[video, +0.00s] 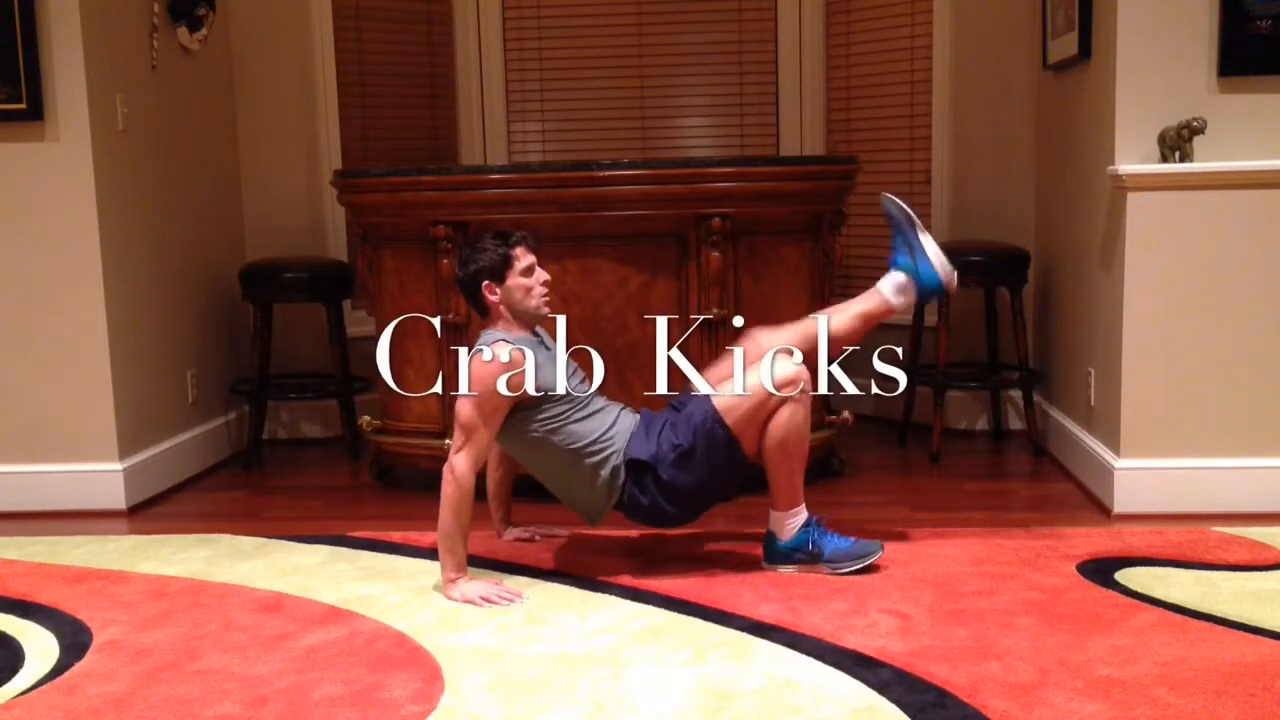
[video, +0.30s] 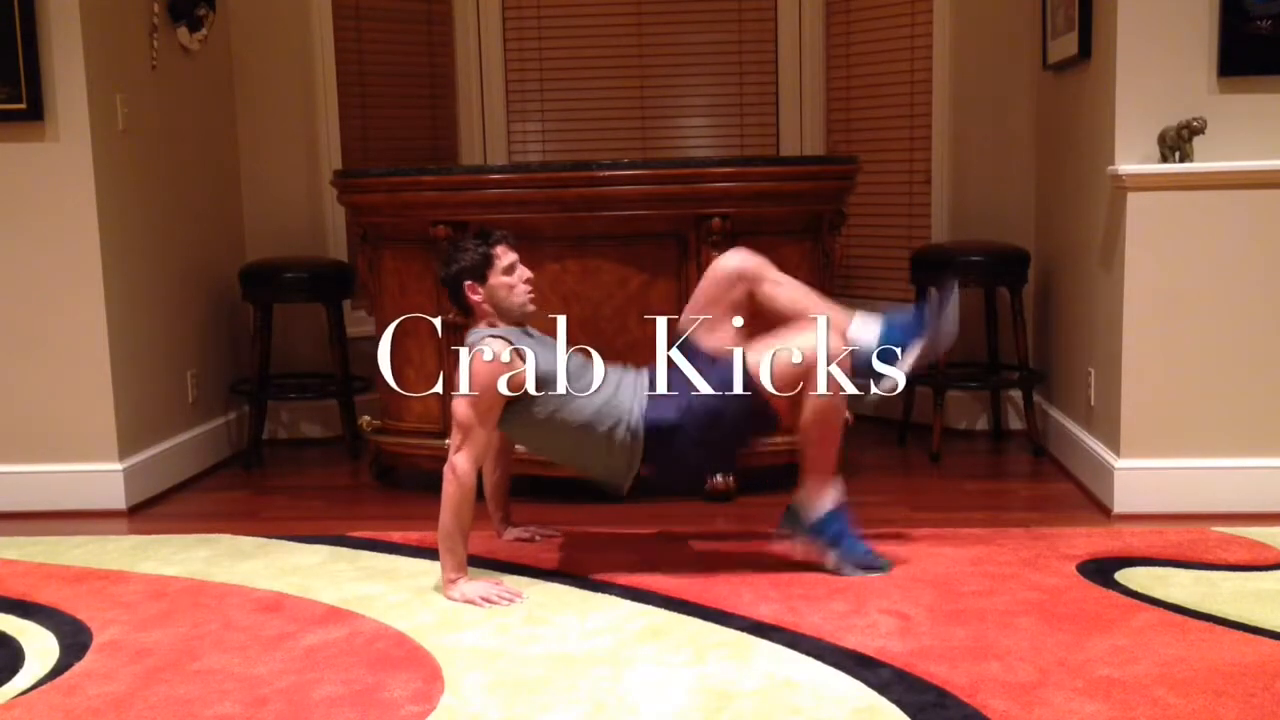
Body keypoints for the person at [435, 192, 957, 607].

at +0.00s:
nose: (545, 279)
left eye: (539, 268)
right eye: (529, 273)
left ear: (514, 288)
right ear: (494, 295)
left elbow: (504, 439)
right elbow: (458, 467)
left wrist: (500, 525)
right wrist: (452, 576)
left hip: (655, 434)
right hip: (648, 474)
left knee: (757, 343)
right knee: (786, 376)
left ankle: (898, 292)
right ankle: (790, 531)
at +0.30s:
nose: (526, 277)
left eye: (522, 268)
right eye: (511, 273)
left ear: (495, 290)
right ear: (477, 295)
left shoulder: (511, 338)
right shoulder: (486, 358)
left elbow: (494, 440)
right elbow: (459, 463)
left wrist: (498, 522)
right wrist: (452, 576)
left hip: (660, 396)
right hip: (664, 440)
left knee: (740, 268)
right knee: (826, 341)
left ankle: (880, 337)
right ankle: (816, 510)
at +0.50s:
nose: (519, 275)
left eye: (513, 265)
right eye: (502, 271)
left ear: (495, 286)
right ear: (470, 297)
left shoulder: (510, 345)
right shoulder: (486, 357)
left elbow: (493, 446)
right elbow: (455, 468)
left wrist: (499, 526)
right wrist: (452, 575)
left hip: (657, 428)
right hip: (650, 446)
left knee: (787, 337)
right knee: (787, 334)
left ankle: (782, 505)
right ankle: (937, 341)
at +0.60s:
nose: (533, 279)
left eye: (525, 269)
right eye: (516, 276)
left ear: (508, 294)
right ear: (487, 304)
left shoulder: (524, 349)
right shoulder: (503, 368)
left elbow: (497, 444)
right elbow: (462, 467)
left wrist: (499, 522)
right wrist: (451, 578)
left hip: (651, 447)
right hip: (647, 487)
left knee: (775, 366)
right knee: (788, 412)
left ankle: (772, 519)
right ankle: (932, 321)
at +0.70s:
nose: (531, 274)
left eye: (524, 264)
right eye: (514, 270)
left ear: (505, 287)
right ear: (483, 297)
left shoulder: (521, 347)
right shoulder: (503, 366)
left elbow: (492, 443)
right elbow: (461, 468)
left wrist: (499, 524)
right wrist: (451, 579)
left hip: (652, 448)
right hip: (651, 476)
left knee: (787, 356)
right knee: (788, 368)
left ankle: (775, 516)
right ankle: (940, 342)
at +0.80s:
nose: (523, 270)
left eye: (518, 260)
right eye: (507, 265)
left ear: (502, 280)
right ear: (473, 292)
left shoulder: (518, 341)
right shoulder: (494, 359)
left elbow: (497, 440)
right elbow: (463, 466)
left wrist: (501, 525)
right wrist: (453, 577)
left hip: (663, 423)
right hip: (658, 444)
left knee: (794, 347)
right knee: (781, 310)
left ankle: (794, 489)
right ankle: (924, 386)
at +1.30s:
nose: (532, 273)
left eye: (525, 262)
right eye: (515, 269)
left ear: (506, 284)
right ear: (482, 295)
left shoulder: (521, 340)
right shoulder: (498, 360)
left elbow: (502, 439)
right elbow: (464, 466)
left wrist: (499, 527)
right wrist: (453, 576)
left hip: (671, 398)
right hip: (669, 443)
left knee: (787, 296)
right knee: (831, 360)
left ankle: (910, 387)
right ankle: (810, 512)